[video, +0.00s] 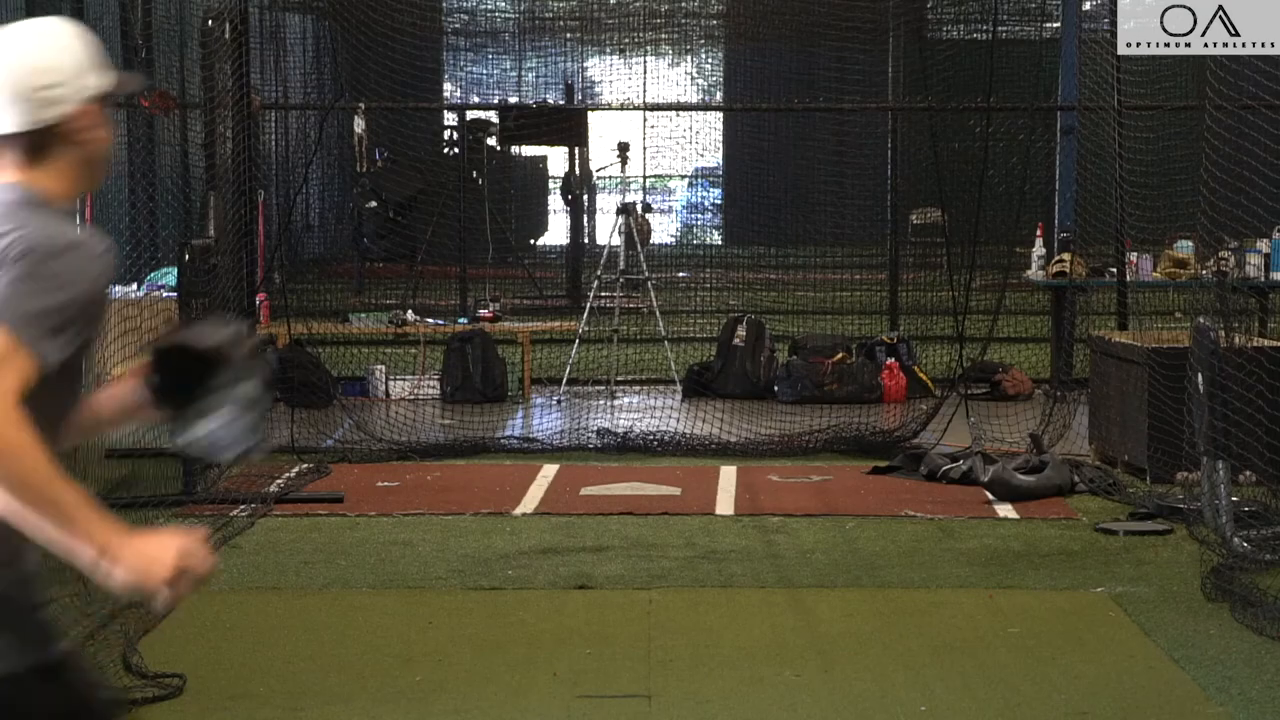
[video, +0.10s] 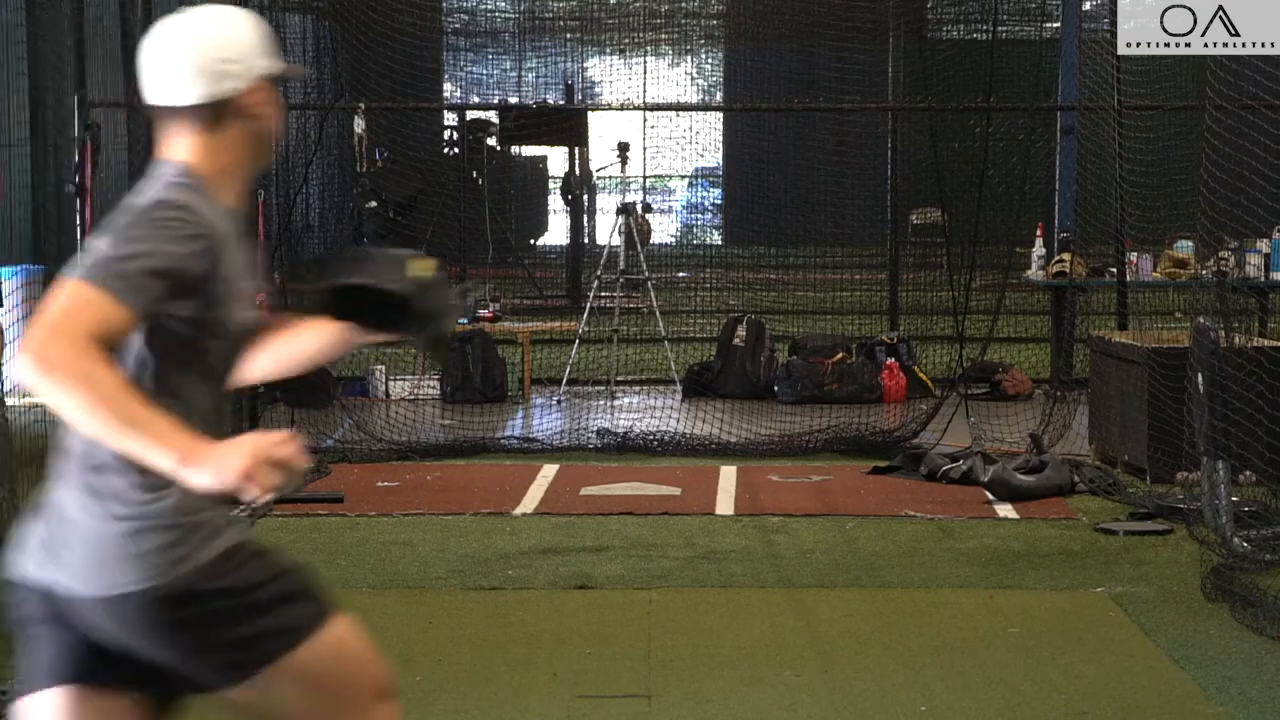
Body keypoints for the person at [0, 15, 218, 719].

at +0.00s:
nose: (113, 127)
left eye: (111, 109)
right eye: (109, 109)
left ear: (11, 126)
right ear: (81, 120)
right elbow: (1, 416)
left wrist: (144, 390)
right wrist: (113, 550)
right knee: (72, 701)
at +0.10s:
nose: (280, 104)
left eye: (276, 85)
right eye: (274, 86)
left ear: (167, 105)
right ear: (250, 98)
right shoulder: (172, 216)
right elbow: (50, 348)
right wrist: (197, 456)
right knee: (362, 694)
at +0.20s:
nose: (429, 145)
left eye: (424, 128)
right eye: (423, 129)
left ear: (329, 139)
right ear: (404, 140)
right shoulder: (313, 252)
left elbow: (406, 368)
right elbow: (200, 390)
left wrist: (501, 338)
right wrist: (338, 458)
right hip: (311, 560)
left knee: (321, 707)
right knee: (492, 702)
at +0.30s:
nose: (526, 182)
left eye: (521, 170)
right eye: (522, 170)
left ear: (432, 190)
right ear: (510, 183)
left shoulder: (471, 282)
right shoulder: (437, 294)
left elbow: (510, 392)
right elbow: (376, 440)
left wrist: (618, 341)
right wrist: (516, 477)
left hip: (430, 539)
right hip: (402, 557)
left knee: (580, 641)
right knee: (602, 691)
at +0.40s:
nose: (578, 157)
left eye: (573, 146)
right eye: (576, 147)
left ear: (492, 166)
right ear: (567, 159)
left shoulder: (548, 249)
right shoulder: (491, 268)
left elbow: (563, 343)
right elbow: (446, 417)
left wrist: (657, 294)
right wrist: (579, 424)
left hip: (519, 488)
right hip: (471, 505)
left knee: (639, 624)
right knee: (567, 683)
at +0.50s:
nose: (601, 156)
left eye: (595, 145)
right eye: (598, 146)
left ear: (524, 161)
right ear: (591, 158)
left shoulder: (573, 232)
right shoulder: (528, 262)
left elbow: (608, 284)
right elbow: (520, 407)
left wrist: (674, 238)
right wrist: (635, 366)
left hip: (571, 454)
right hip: (512, 468)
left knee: (688, 590)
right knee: (615, 620)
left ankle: (687, 716)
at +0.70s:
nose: (632, 141)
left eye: (628, 132)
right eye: (629, 132)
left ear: (562, 143)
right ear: (624, 143)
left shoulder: (582, 194)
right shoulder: (567, 239)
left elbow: (639, 220)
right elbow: (556, 365)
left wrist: (687, 246)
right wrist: (652, 358)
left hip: (559, 396)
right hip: (504, 422)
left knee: (653, 510)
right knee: (606, 558)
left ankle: (628, 652)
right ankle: (519, 705)